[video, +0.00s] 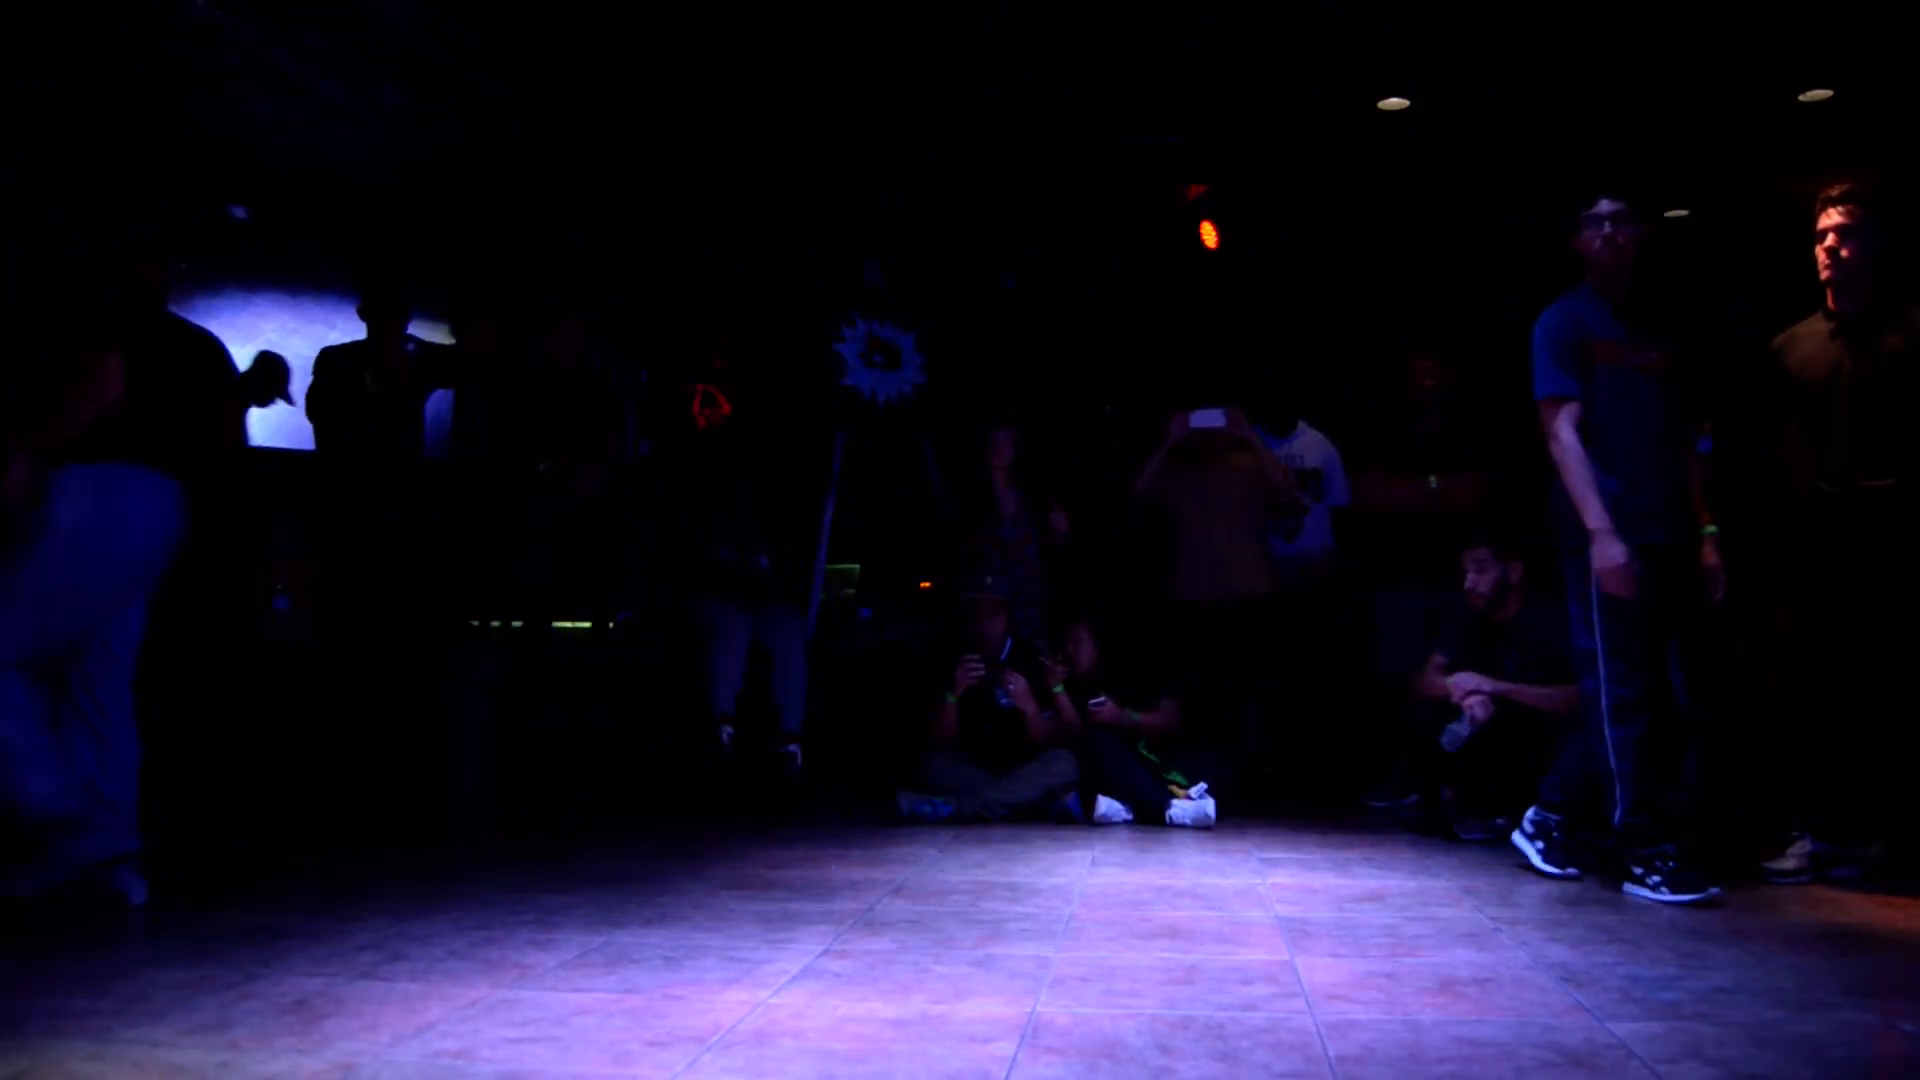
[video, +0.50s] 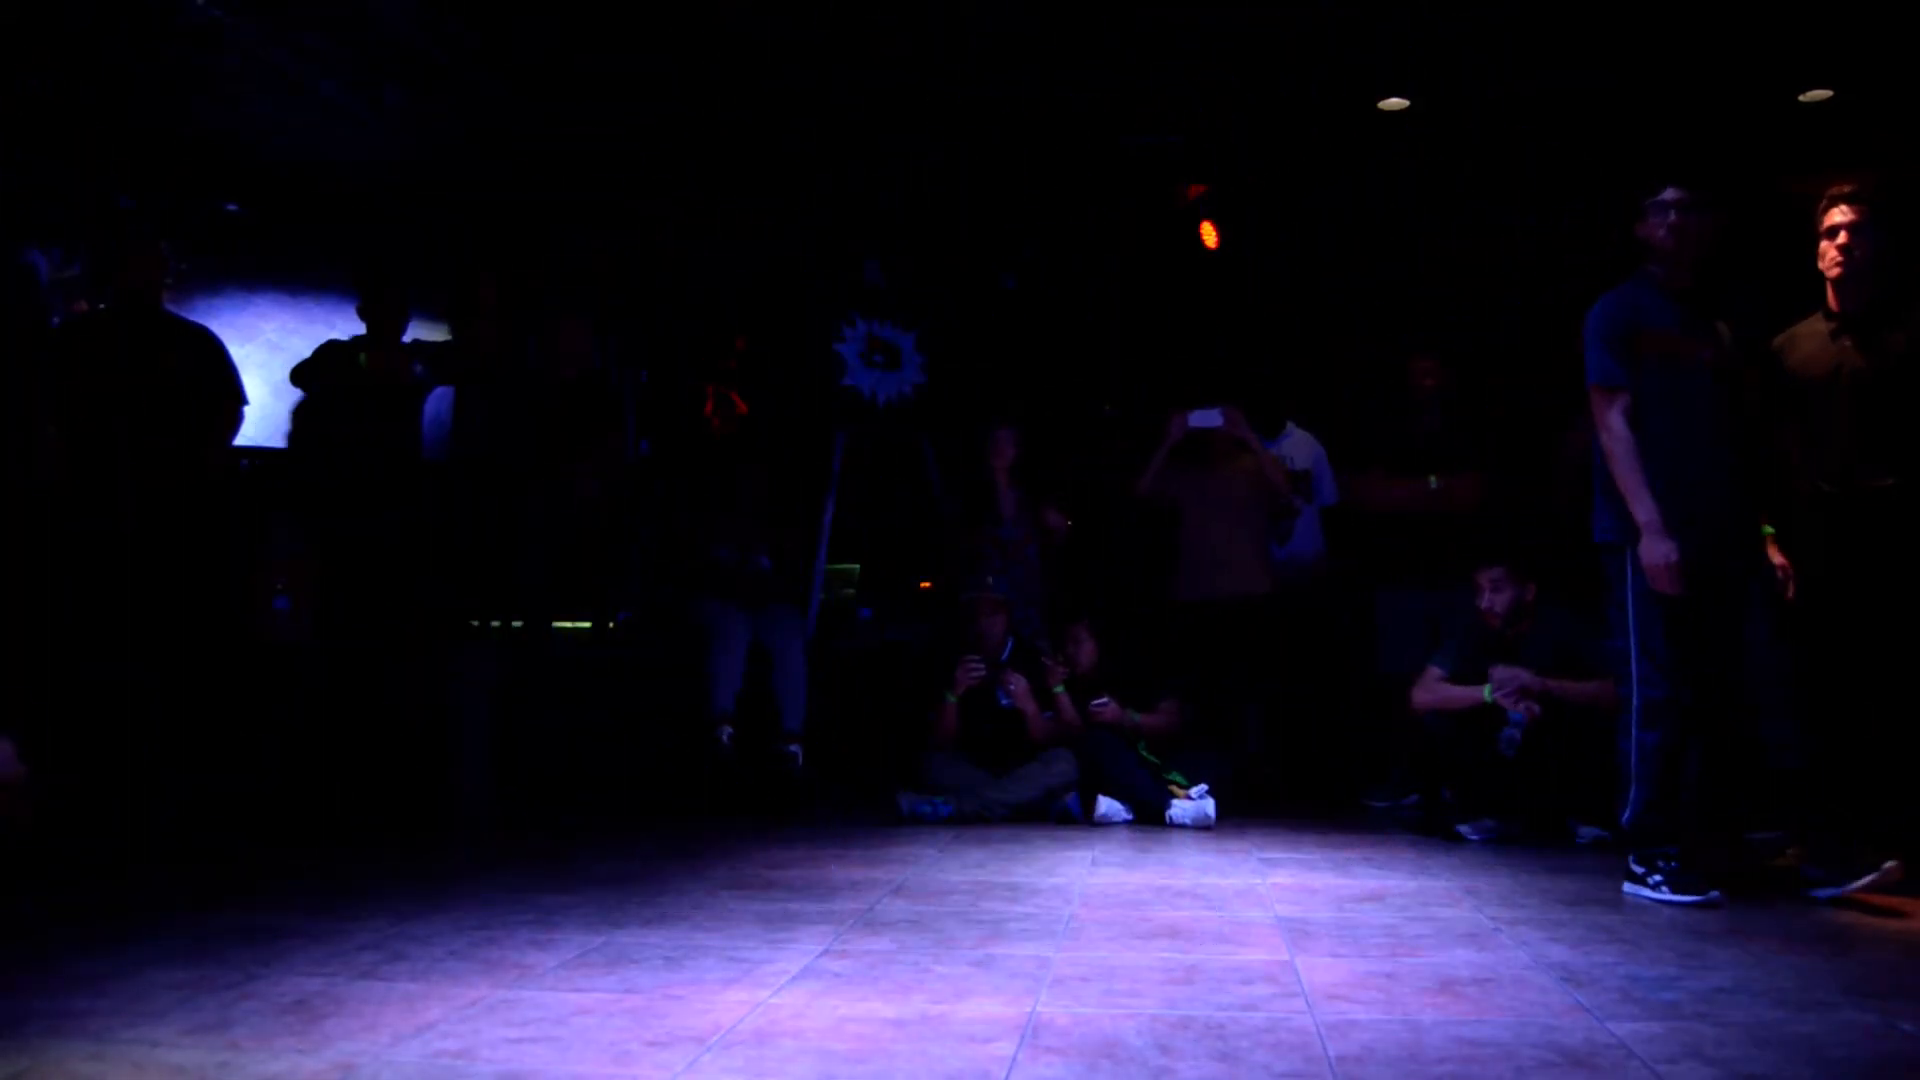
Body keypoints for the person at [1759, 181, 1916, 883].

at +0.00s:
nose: (1828, 249)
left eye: (1845, 235)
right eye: (1821, 237)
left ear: (1880, 250)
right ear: (1814, 253)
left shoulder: (1910, 341)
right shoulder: (1793, 348)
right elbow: (1763, 451)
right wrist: (1760, 531)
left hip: (1898, 540)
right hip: (1812, 539)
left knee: (1895, 684)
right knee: (1816, 683)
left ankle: (1898, 833)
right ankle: (1817, 829)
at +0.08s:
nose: (1830, 248)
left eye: (1846, 235)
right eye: (1822, 237)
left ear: (1880, 250)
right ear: (1815, 254)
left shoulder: (1910, 341)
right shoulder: (1791, 349)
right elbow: (1756, 452)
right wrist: (1746, 531)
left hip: (1901, 542)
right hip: (1813, 542)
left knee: (1897, 686)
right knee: (1818, 686)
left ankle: (1899, 833)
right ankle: (1820, 830)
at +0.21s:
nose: (1833, 249)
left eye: (1849, 235)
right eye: (1824, 237)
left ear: (1881, 250)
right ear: (1816, 253)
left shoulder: (1910, 339)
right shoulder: (1792, 349)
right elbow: (1756, 448)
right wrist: (1747, 525)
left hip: (1903, 540)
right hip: (1816, 541)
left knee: (1901, 685)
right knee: (1822, 686)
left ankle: (1905, 832)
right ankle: (1823, 831)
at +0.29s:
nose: (1835, 248)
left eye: (1851, 235)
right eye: (1825, 236)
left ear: (1882, 249)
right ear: (1816, 253)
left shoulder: (1911, 341)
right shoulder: (1789, 350)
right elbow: (1747, 450)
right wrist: (1747, 527)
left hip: (1901, 544)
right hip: (1814, 545)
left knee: (1899, 689)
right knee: (1818, 690)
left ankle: (1904, 835)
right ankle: (1819, 833)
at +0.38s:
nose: (1838, 247)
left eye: (1853, 234)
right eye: (1827, 235)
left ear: (1880, 249)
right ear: (1816, 252)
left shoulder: (1908, 340)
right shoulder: (1789, 349)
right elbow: (1754, 449)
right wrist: (1756, 530)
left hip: (1899, 543)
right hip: (1813, 543)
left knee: (1896, 689)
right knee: (1817, 690)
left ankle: (1900, 836)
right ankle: (1815, 832)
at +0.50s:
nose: (1841, 244)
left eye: (1856, 232)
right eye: (1831, 233)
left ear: (1880, 249)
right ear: (1817, 252)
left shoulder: (1909, 337)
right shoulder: (1790, 349)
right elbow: (1762, 453)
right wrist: (1771, 538)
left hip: (1906, 542)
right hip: (1822, 548)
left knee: (1905, 694)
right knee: (1834, 697)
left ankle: (1901, 847)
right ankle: (1840, 848)